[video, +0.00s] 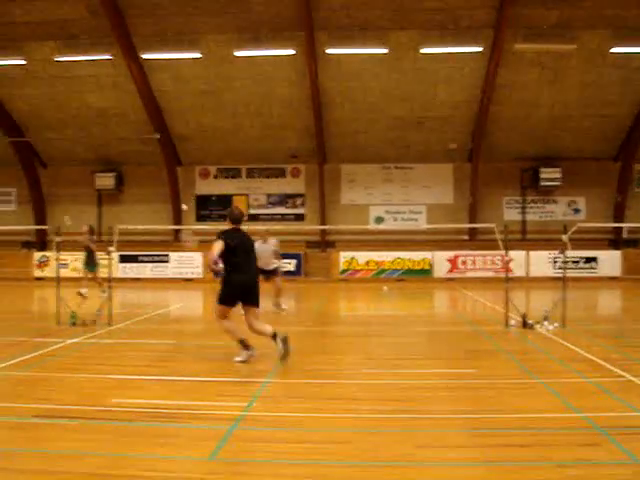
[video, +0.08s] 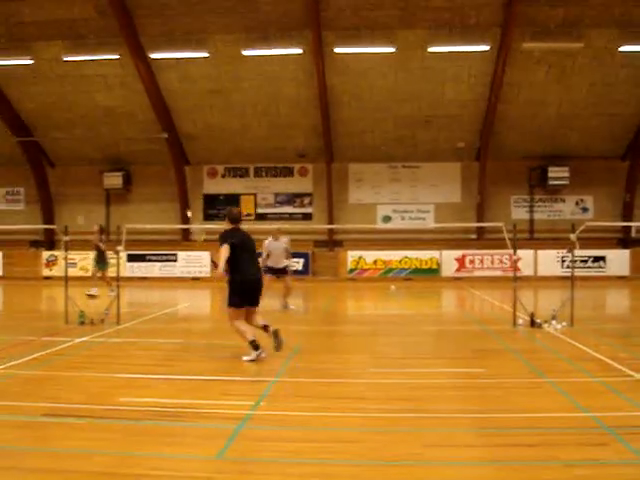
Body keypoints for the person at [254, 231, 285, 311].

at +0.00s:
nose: (264, 236)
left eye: (266, 234)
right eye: (262, 234)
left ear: (269, 234)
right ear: (260, 235)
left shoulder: (273, 243)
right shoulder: (256, 245)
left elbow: (277, 254)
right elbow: (254, 256)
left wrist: (279, 261)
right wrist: (254, 266)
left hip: (272, 266)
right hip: (260, 266)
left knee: (278, 286)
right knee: (253, 285)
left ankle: (277, 303)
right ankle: (251, 304)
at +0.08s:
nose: (276, 234)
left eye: (277, 232)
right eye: (274, 232)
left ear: (280, 233)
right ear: (271, 233)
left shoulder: (285, 241)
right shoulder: (267, 243)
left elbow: (288, 254)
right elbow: (265, 255)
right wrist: (263, 264)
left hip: (282, 266)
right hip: (270, 266)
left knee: (288, 285)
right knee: (265, 284)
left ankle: (285, 301)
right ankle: (258, 301)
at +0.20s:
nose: (283, 228)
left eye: (285, 226)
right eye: (282, 226)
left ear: (288, 227)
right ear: (279, 227)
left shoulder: (292, 237)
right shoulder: (275, 239)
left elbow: (297, 247)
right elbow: (271, 253)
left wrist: (297, 259)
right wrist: (268, 267)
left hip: (289, 263)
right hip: (278, 263)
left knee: (291, 283)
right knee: (274, 282)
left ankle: (287, 302)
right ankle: (268, 303)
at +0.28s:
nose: (283, 228)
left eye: (285, 225)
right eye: (282, 225)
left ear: (288, 226)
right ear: (279, 227)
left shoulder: (293, 236)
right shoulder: (276, 238)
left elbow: (298, 247)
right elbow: (272, 252)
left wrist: (298, 259)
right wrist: (269, 265)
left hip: (290, 262)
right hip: (279, 262)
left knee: (292, 283)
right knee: (277, 281)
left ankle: (287, 301)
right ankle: (271, 303)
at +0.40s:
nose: (286, 226)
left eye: (288, 224)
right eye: (285, 224)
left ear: (291, 224)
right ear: (282, 225)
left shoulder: (296, 234)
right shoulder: (278, 236)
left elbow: (302, 246)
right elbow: (275, 250)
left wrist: (302, 258)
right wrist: (274, 264)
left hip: (293, 259)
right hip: (282, 260)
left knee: (296, 278)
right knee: (282, 279)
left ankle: (293, 299)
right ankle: (278, 302)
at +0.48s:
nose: (290, 228)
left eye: (292, 225)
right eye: (289, 225)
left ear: (295, 227)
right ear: (286, 227)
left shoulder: (299, 237)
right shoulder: (282, 238)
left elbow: (305, 250)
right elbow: (277, 253)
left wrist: (307, 262)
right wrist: (277, 266)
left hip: (295, 262)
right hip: (284, 262)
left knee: (302, 279)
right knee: (283, 280)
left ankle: (301, 301)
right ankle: (278, 302)